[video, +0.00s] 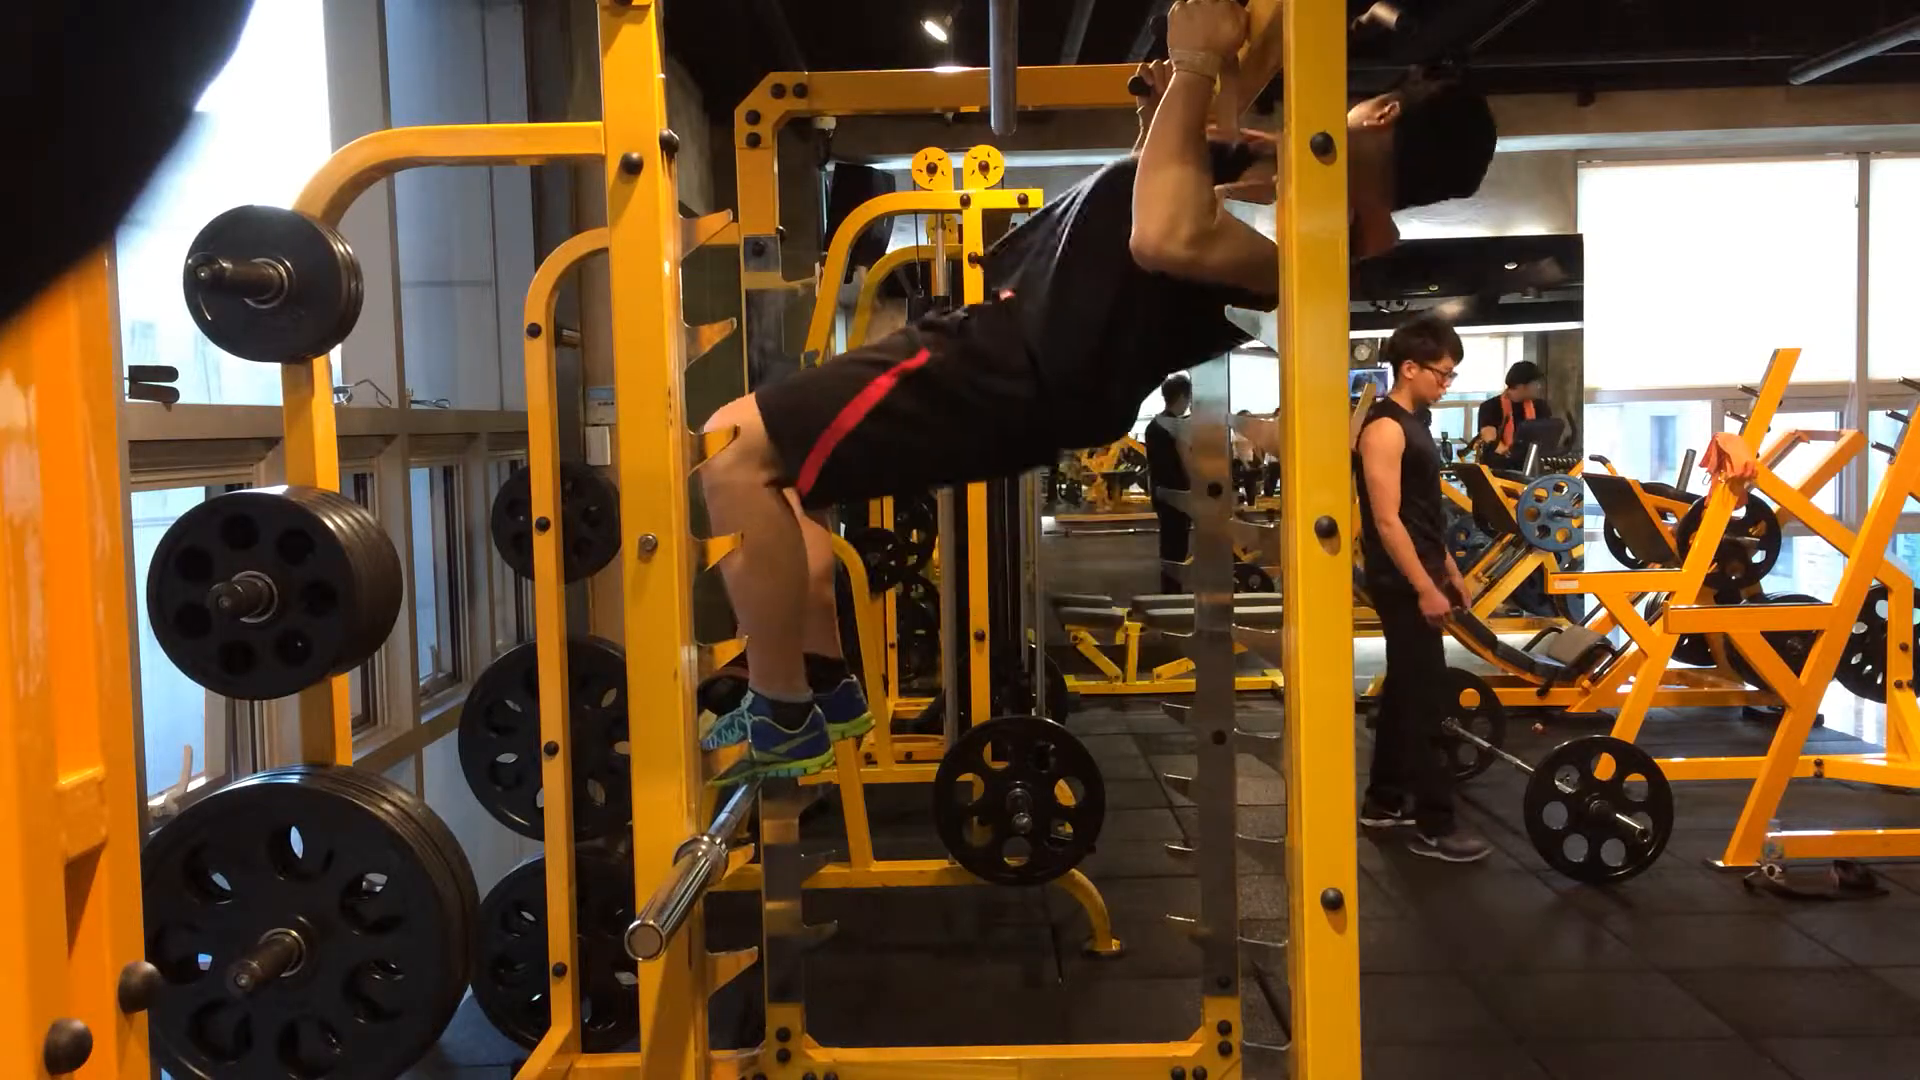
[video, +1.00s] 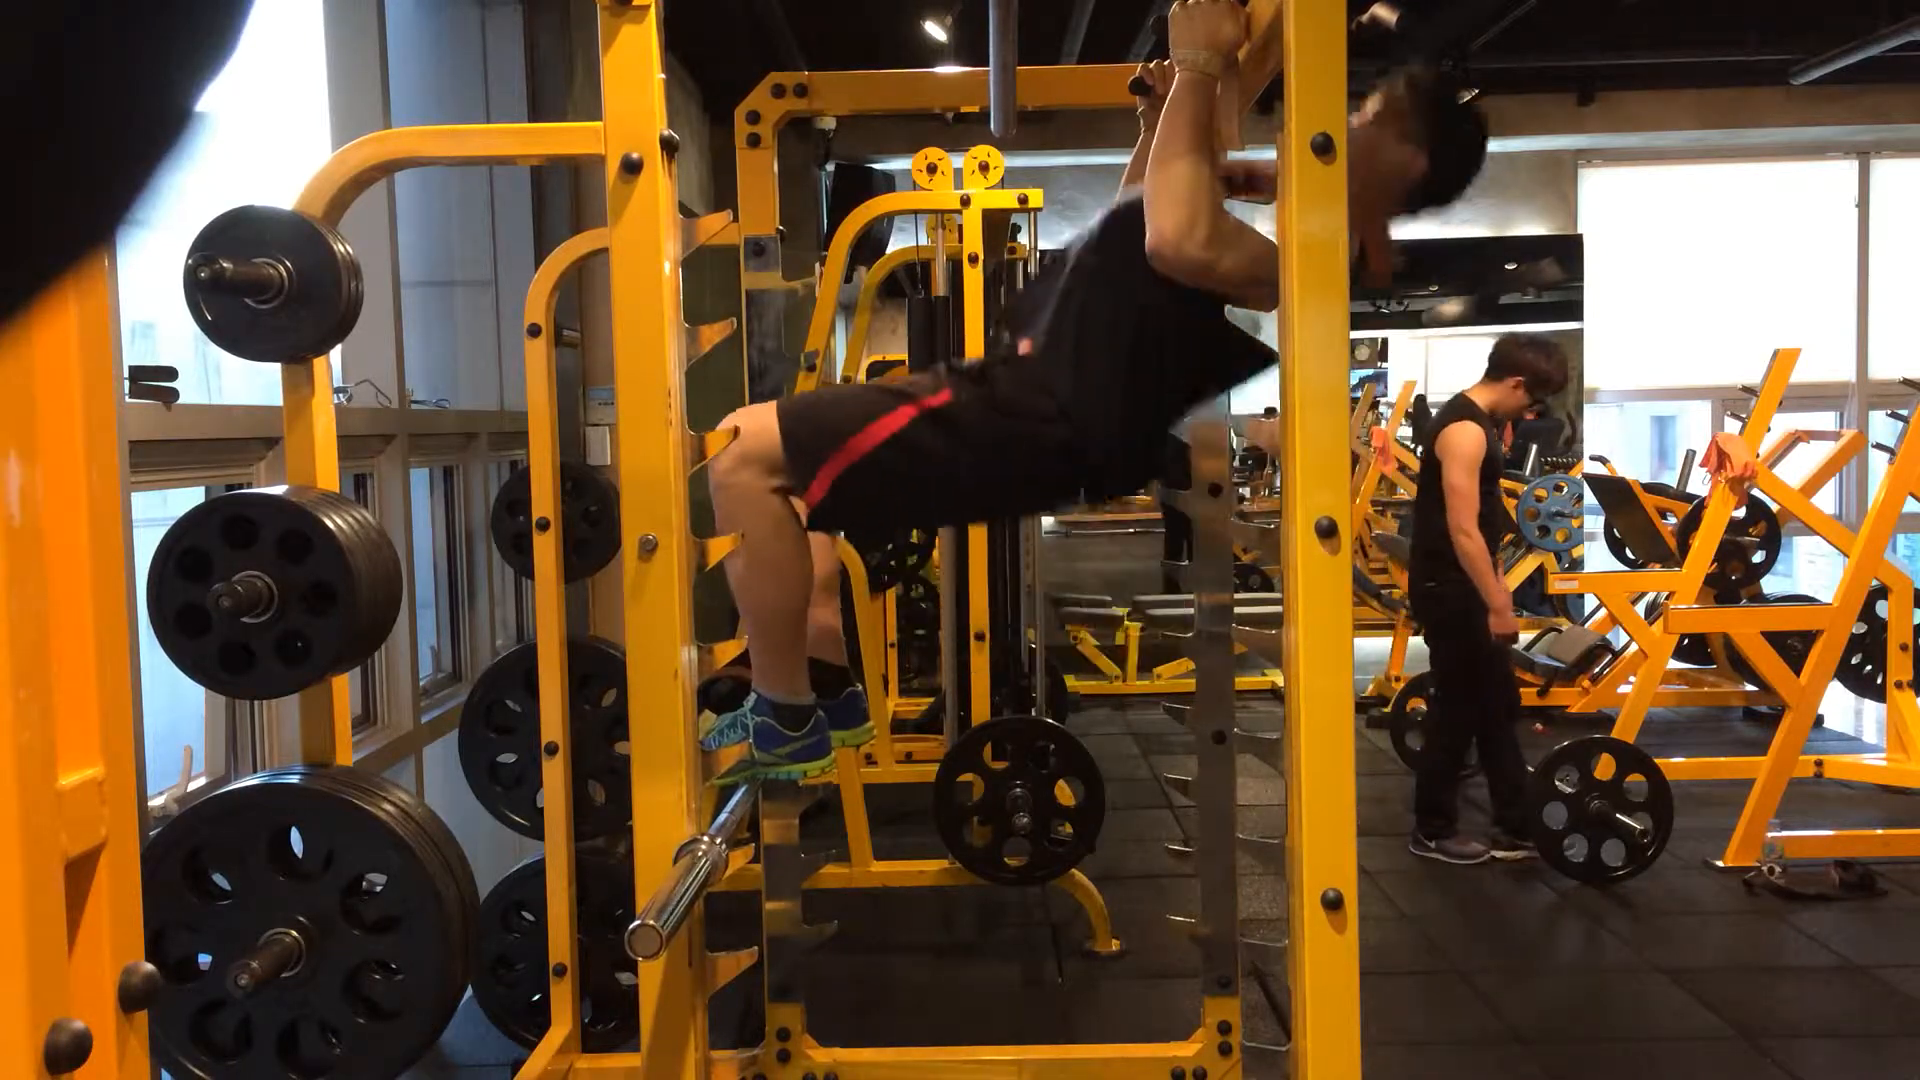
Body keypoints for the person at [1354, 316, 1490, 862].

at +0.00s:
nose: (1447, 383)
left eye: (1450, 375)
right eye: (1441, 373)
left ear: (1418, 372)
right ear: (1409, 367)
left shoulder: (1410, 422)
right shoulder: (1385, 427)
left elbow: (1422, 512)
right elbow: (1385, 521)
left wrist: (1448, 568)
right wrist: (1423, 589)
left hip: (1414, 576)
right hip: (1399, 579)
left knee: (1405, 687)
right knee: (1427, 692)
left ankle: (1385, 801)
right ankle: (1432, 827)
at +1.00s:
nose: (1530, 411)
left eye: (1535, 403)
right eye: (1532, 400)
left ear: (1509, 382)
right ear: (1513, 383)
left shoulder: (1474, 423)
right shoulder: (1463, 430)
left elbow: (1472, 526)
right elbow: (1462, 531)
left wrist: (1495, 592)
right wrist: (1499, 603)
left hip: (1465, 588)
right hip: (1450, 591)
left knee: (1496, 706)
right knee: (1457, 709)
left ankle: (1515, 824)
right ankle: (1432, 830)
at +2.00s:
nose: (1656, 503)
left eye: (1666, 498)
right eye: (1665, 496)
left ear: (1653, 461)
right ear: (1656, 471)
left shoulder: (1597, 447)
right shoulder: (1593, 502)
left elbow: (1609, 541)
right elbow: (1575, 604)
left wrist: (1651, 589)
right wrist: (1589, 685)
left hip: (1479, 559)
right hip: (1481, 573)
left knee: (1505, 702)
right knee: (1504, 708)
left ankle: (1502, 821)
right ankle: (1494, 838)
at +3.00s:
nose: (1659, 524)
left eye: (1666, 522)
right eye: (1667, 519)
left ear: (1655, 467)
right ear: (1667, 494)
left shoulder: (1599, 443)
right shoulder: (1609, 520)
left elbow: (1615, 529)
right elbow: (1592, 625)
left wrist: (1649, 588)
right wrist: (1602, 709)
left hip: (1453, 556)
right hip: (1482, 579)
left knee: (1450, 686)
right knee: (1493, 708)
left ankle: (1406, 793)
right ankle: (1491, 838)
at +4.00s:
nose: (1618, 482)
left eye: (1627, 477)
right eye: (1626, 475)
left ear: (1613, 437)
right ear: (1623, 453)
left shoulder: (1549, 435)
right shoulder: (1562, 483)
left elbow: (1592, 526)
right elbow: (1547, 584)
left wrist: (1636, 578)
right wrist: (1566, 674)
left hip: (1433, 565)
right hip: (1462, 581)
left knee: (1433, 693)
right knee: (1483, 710)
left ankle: (1406, 807)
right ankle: (1490, 838)